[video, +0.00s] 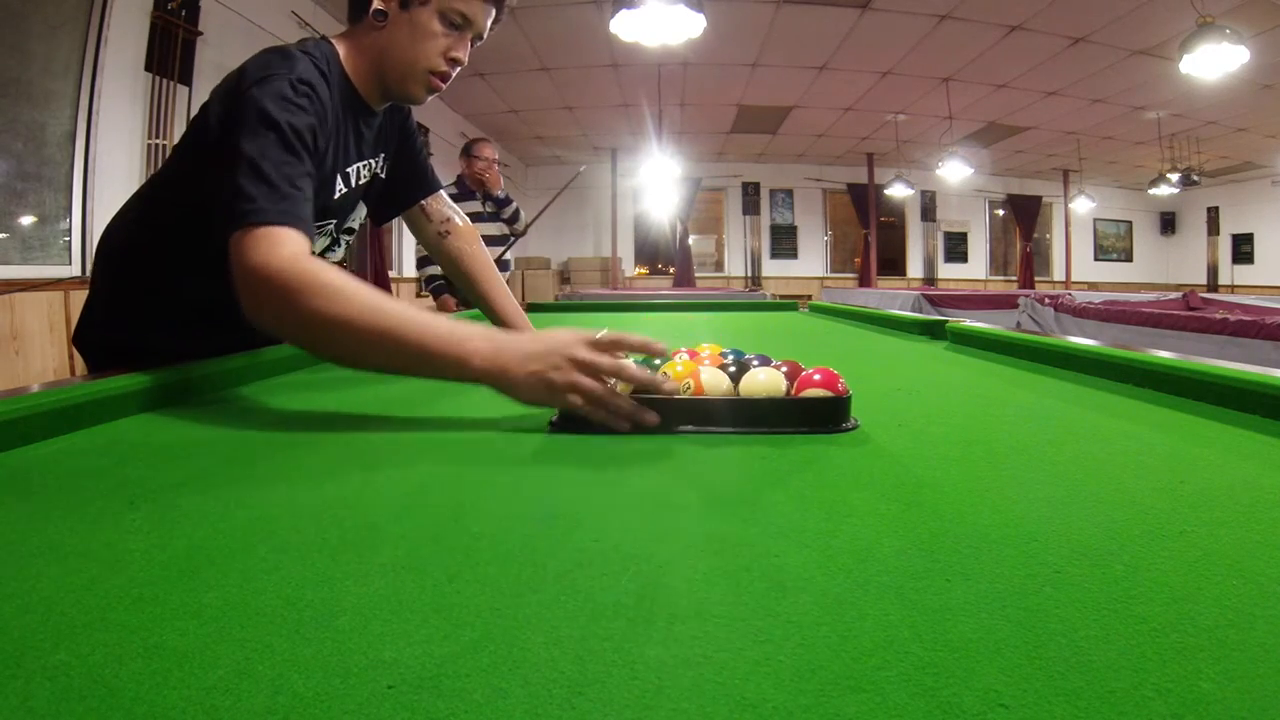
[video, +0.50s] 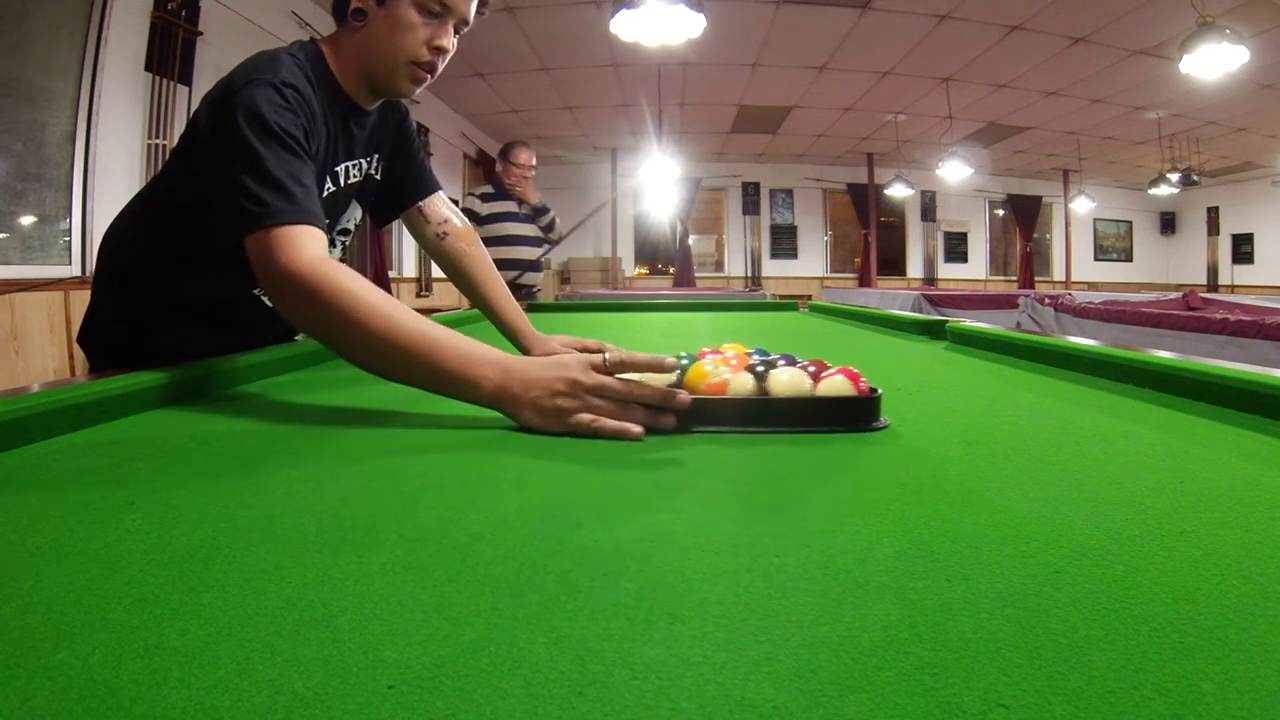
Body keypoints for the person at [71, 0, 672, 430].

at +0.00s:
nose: (462, 58)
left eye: (473, 42)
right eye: (453, 26)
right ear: (387, 7)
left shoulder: (392, 121)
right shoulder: (283, 86)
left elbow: (447, 230)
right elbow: (272, 277)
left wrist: (525, 338)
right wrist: (498, 357)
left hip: (252, 336)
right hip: (146, 340)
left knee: (240, 523)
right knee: (139, 538)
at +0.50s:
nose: (445, 46)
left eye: (458, 32)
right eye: (432, 17)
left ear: (457, 40)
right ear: (363, 3)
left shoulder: (386, 117)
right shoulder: (269, 92)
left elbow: (443, 229)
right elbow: (296, 276)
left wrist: (530, 341)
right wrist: (505, 381)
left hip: (253, 329)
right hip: (151, 335)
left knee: (249, 511)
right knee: (149, 525)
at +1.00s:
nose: (447, 44)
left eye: (458, 30)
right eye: (430, 15)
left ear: (463, 40)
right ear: (363, 7)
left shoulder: (391, 120)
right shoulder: (269, 97)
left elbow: (448, 230)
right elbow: (285, 287)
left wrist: (526, 339)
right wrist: (476, 374)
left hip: (264, 338)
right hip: (157, 343)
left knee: (241, 524)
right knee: (141, 535)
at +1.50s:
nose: (447, 48)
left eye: (458, 35)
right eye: (433, 20)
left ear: (459, 45)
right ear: (367, 6)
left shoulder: (390, 122)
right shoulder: (271, 94)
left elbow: (446, 231)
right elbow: (293, 272)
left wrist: (528, 339)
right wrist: (474, 383)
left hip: (265, 336)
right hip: (157, 341)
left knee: (246, 523)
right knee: (143, 533)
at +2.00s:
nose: (400, 60)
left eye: (405, 43)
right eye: (409, 41)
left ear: (327, 10)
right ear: (400, 34)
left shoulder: (328, 96)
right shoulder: (295, 55)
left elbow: (372, 232)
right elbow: (315, 227)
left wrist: (465, 340)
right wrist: (473, 381)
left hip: (235, 346)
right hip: (149, 352)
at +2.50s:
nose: (350, 52)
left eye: (350, 44)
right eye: (352, 41)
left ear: (279, 14)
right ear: (348, 30)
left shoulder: (243, 63)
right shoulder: (287, 54)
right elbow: (295, 178)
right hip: (142, 343)